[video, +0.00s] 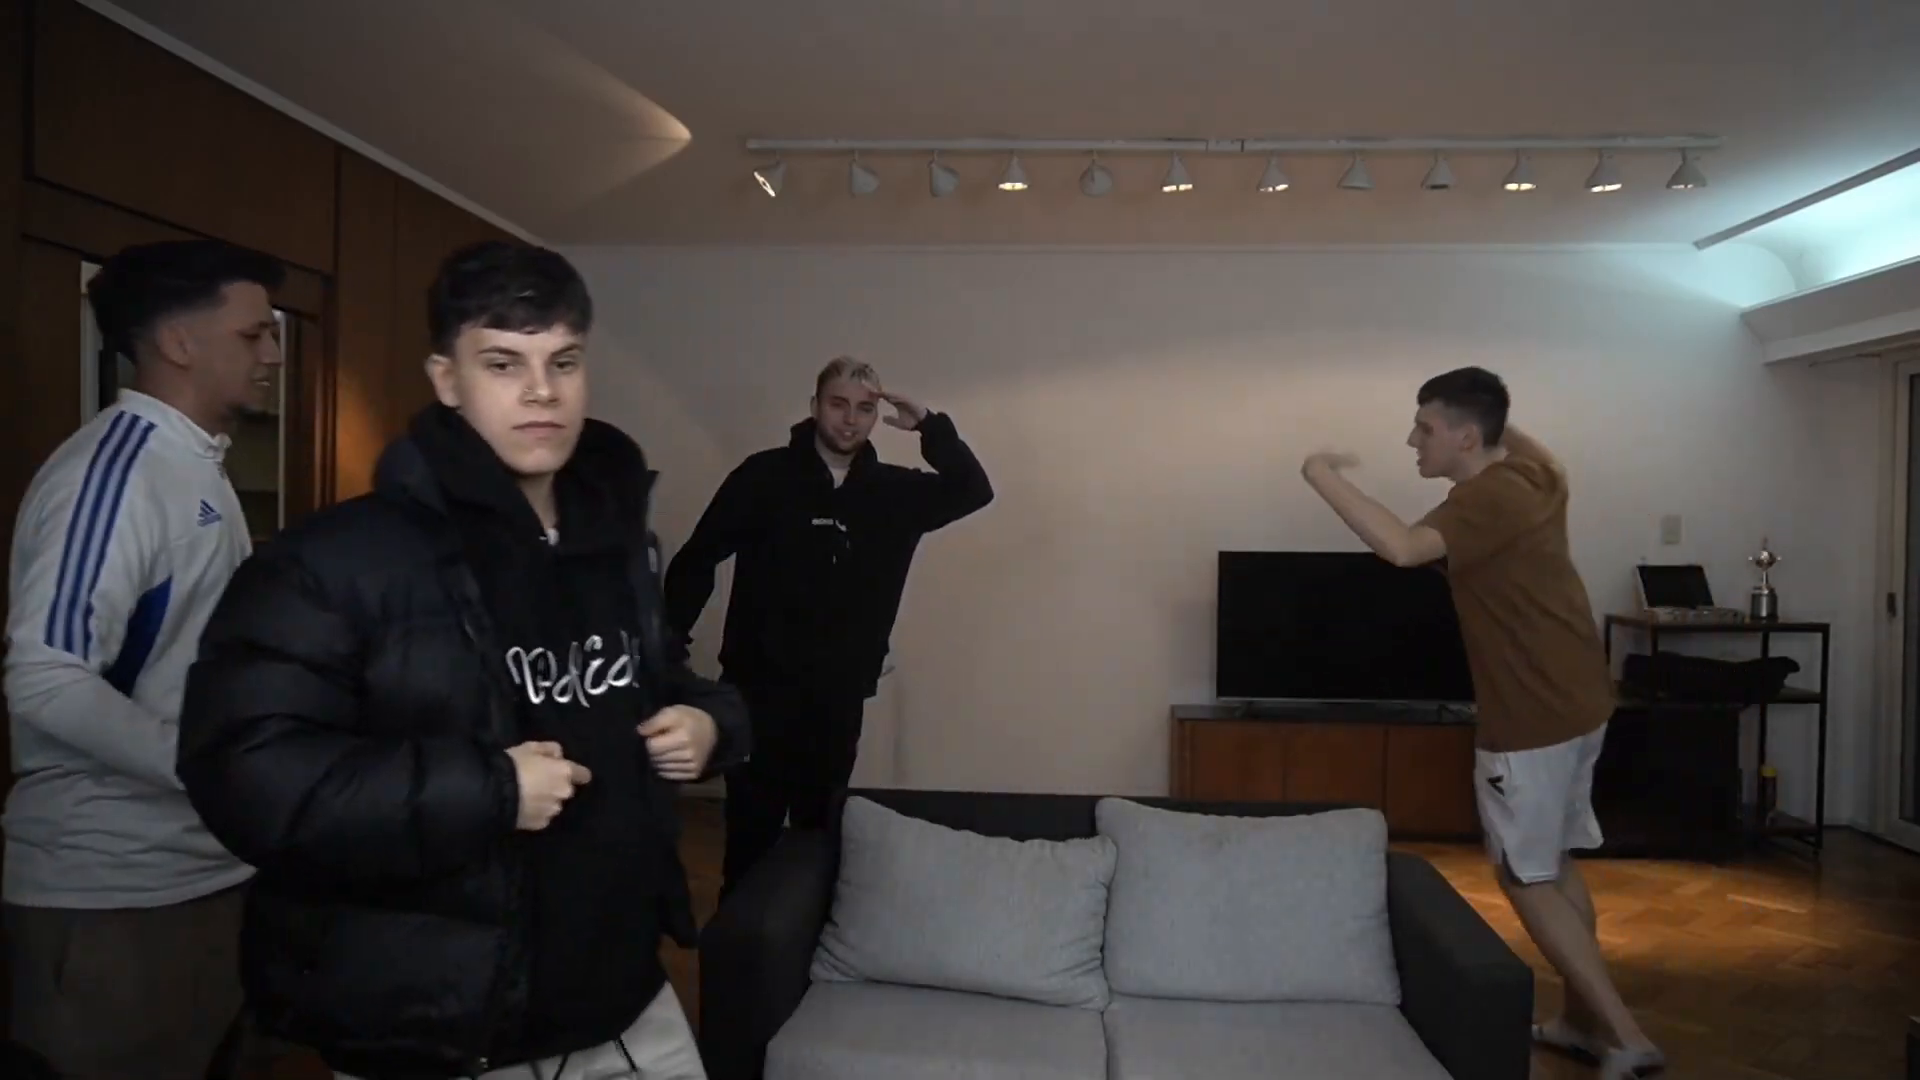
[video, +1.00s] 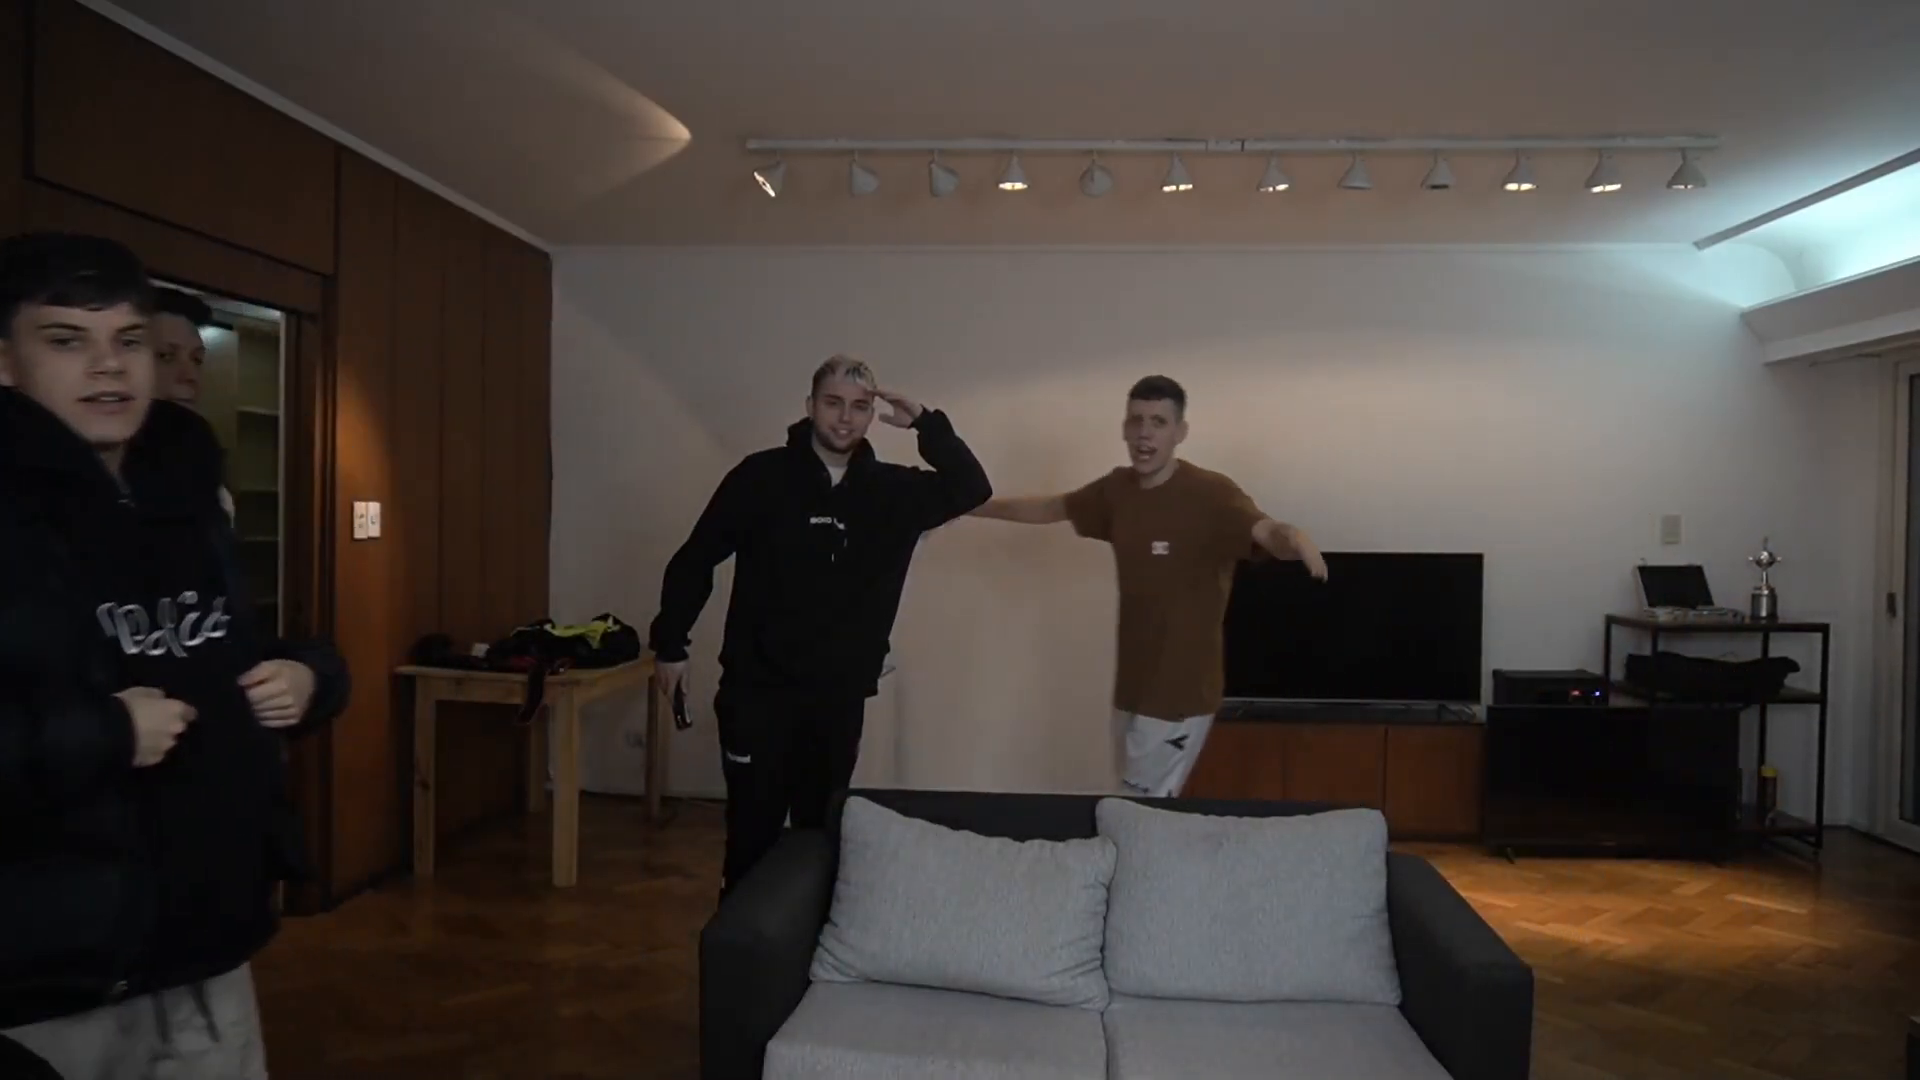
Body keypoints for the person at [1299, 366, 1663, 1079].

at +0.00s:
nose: (1413, 438)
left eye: (1424, 427)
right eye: (1417, 424)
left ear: (1472, 434)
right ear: (1484, 432)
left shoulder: (1492, 495)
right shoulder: (1536, 470)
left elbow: (1405, 547)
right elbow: (1506, 428)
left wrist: (1322, 475)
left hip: (1528, 720)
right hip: (1577, 702)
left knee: (1521, 873)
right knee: (1555, 865)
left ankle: (1629, 1039)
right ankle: (1579, 1020)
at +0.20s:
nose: (1380, 438)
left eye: (1393, 426)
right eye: (1381, 426)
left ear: (1435, 434)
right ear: (1431, 437)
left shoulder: (1447, 496)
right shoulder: (1462, 480)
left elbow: (1381, 529)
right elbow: (1386, 470)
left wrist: (1279, 504)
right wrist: (1322, 460)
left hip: (1469, 703)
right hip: (1513, 693)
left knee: (1430, 845)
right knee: (1512, 836)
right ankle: (1580, 999)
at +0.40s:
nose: (1329, 452)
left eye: (1343, 442)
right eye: (1327, 439)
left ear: (1381, 450)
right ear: (1323, 438)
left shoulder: (1397, 508)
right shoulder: (1362, 503)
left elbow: (1361, 566)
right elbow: (1332, 502)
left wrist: (1287, 523)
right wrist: (1279, 482)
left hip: (1398, 716)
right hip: (1378, 709)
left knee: (1380, 847)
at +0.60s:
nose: (1264, 436)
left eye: (1279, 425)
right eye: (1260, 423)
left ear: (1311, 435)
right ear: (1253, 425)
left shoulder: (1324, 491)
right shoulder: (1279, 490)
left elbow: (1303, 553)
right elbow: (1262, 506)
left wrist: (1223, 573)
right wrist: (1204, 503)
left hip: (1337, 703)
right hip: (1286, 695)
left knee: (1342, 836)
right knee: (1275, 831)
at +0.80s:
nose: (1202, 451)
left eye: (1218, 441)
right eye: (1196, 439)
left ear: (1243, 450)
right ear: (1188, 443)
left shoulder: (1262, 508)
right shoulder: (1193, 505)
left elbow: (1299, 570)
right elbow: (1151, 525)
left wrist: (1267, 590)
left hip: (1252, 712)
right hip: (1209, 703)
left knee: (1217, 832)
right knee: (1195, 827)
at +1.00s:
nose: (1143, 433)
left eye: (1158, 422)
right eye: (1135, 421)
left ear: (1181, 432)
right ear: (1125, 427)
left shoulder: (1211, 495)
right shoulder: (1116, 491)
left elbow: (1264, 531)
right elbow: (1049, 509)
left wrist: (1292, 542)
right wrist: (967, 504)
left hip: (1184, 686)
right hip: (1133, 679)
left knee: (1139, 809)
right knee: (1141, 809)